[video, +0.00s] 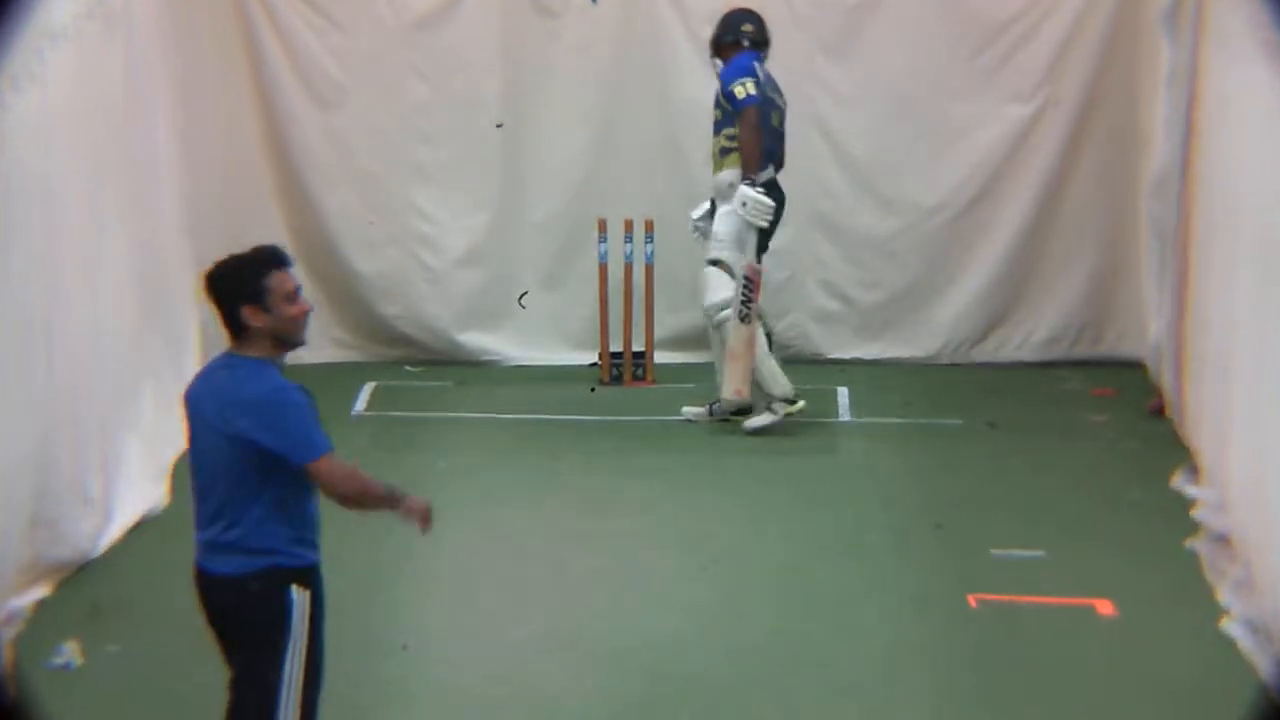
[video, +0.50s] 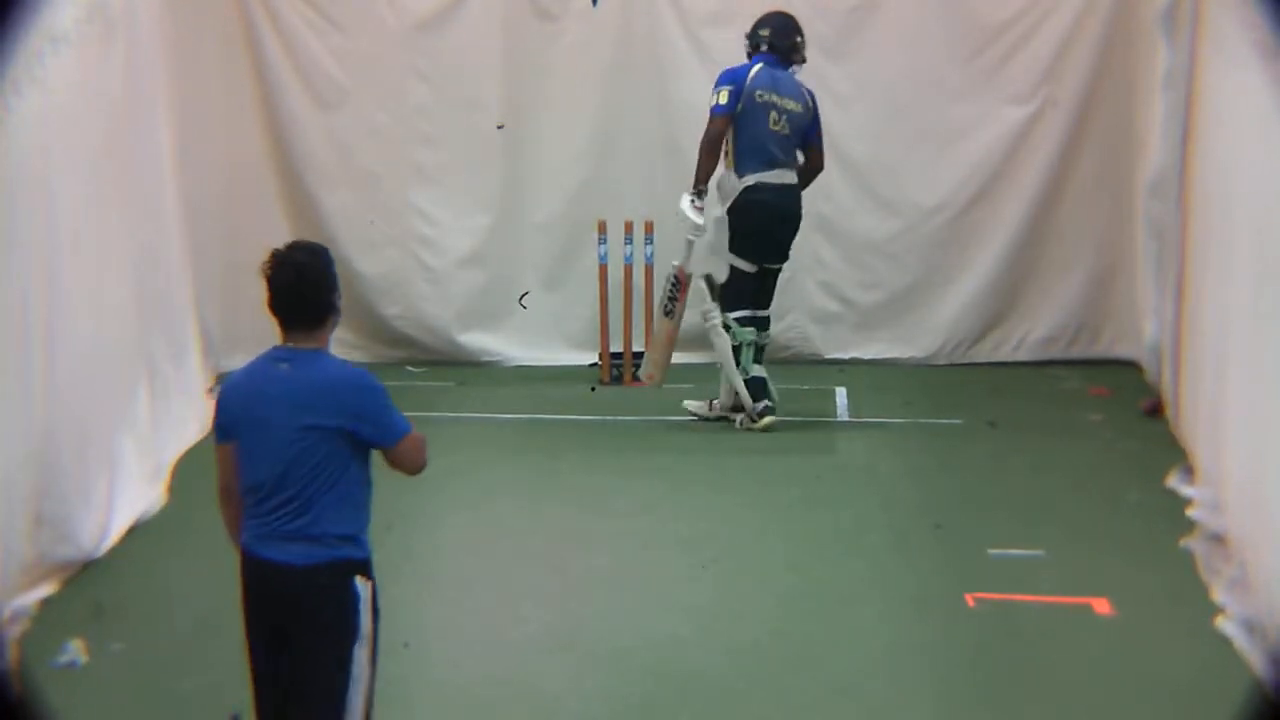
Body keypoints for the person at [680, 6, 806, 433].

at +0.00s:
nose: (715, 52)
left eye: (718, 45)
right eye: (716, 46)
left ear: (730, 41)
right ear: (756, 42)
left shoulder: (737, 67)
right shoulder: (765, 80)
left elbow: (750, 119)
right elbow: (758, 152)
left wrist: (749, 186)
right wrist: (717, 203)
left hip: (744, 195)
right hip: (756, 194)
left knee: (722, 295)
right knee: (734, 299)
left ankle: (776, 395)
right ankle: (737, 397)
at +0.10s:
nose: (719, 57)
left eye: (720, 50)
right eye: (720, 51)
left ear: (729, 45)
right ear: (763, 48)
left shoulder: (736, 69)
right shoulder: (776, 89)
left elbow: (742, 121)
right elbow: (782, 161)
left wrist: (736, 188)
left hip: (740, 194)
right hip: (766, 194)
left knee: (709, 295)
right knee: (736, 297)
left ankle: (766, 390)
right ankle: (726, 396)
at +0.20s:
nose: (725, 55)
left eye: (726, 48)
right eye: (727, 50)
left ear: (733, 46)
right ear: (772, 50)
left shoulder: (735, 69)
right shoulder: (782, 92)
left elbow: (737, 121)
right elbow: (788, 164)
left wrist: (726, 185)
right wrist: (750, 185)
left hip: (741, 194)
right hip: (770, 197)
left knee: (707, 294)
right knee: (742, 296)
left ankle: (763, 384)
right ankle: (730, 398)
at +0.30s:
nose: (733, 52)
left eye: (735, 46)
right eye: (736, 48)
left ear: (741, 46)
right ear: (781, 51)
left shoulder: (734, 73)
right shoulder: (790, 96)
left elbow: (731, 125)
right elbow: (794, 164)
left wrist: (716, 187)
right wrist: (760, 189)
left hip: (742, 197)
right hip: (776, 202)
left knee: (708, 291)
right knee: (745, 296)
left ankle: (751, 381)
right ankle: (733, 399)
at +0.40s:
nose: (742, 50)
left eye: (744, 44)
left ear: (749, 45)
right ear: (789, 51)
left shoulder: (736, 75)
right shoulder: (798, 96)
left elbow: (723, 129)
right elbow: (803, 165)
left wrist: (706, 188)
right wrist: (769, 190)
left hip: (742, 199)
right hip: (780, 204)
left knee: (718, 287)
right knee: (754, 289)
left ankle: (743, 385)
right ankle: (740, 391)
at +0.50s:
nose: (750, 48)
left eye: (752, 42)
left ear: (756, 44)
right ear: (795, 49)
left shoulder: (736, 76)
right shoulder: (804, 95)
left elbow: (714, 135)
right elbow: (815, 162)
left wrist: (698, 192)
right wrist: (783, 191)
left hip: (750, 199)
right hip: (789, 202)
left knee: (736, 295)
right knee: (761, 298)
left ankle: (758, 397)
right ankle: (734, 397)